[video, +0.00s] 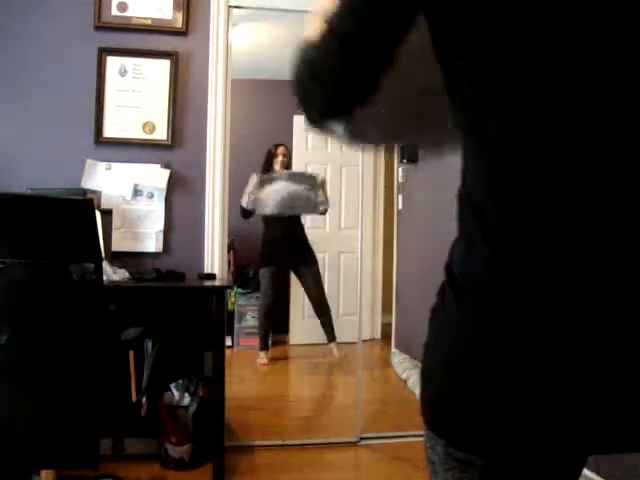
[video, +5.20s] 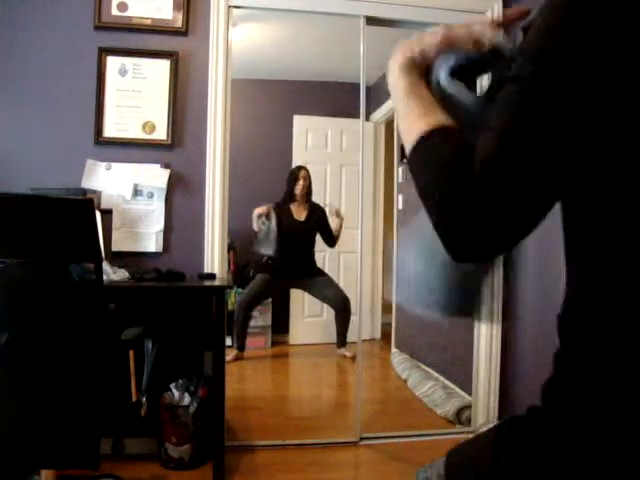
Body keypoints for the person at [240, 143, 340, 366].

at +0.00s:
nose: (282, 159)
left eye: (285, 156)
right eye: (278, 155)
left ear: (290, 159)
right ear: (270, 158)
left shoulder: (297, 182)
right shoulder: (261, 182)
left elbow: (321, 210)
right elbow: (245, 213)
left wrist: (321, 189)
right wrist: (252, 188)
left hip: (297, 243)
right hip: (272, 245)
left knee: (317, 294)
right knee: (267, 299)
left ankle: (332, 342)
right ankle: (264, 350)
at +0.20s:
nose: (288, 160)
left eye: (291, 157)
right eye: (284, 157)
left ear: (295, 161)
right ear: (276, 160)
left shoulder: (303, 187)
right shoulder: (266, 189)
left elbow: (321, 217)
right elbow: (257, 220)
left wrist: (306, 199)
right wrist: (269, 203)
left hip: (303, 247)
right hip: (277, 250)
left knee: (321, 295)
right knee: (270, 300)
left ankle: (335, 343)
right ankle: (264, 349)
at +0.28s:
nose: (298, 162)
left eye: (301, 159)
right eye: (293, 159)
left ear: (305, 163)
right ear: (286, 164)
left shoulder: (314, 190)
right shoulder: (278, 191)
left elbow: (327, 223)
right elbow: (267, 223)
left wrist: (315, 213)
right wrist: (291, 220)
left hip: (313, 252)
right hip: (286, 254)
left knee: (326, 300)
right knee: (276, 302)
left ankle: (334, 346)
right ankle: (265, 349)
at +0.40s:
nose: (309, 163)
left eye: (312, 159)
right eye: (304, 159)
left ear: (317, 163)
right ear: (297, 164)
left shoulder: (327, 191)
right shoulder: (289, 191)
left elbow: (344, 218)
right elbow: (273, 221)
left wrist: (344, 222)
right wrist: (281, 230)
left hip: (321, 252)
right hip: (293, 254)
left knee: (330, 302)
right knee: (281, 300)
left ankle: (334, 347)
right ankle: (265, 347)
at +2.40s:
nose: (309, 171)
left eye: (313, 167)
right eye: (305, 167)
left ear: (318, 169)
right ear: (300, 171)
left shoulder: (328, 197)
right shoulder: (290, 193)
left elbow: (335, 230)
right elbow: (275, 223)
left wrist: (333, 220)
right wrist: (281, 211)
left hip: (318, 257)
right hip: (291, 256)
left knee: (334, 299)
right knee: (270, 298)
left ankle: (337, 347)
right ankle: (248, 347)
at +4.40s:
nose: (292, 172)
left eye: (295, 169)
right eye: (288, 169)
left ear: (300, 174)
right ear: (281, 174)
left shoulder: (309, 201)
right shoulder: (272, 199)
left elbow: (321, 233)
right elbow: (252, 229)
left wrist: (308, 238)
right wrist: (270, 234)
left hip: (297, 261)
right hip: (270, 261)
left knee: (328, 301)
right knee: (249, 301)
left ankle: (336, 348)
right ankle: (240, 349)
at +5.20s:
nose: (302, 183)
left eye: (305, 180)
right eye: (298, 180)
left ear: (310, 184)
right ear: (291, 183)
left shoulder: (316, 211)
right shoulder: (278, 209)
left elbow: (331, 242)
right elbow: (261, 238)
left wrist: (338, 224)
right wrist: (258, 215)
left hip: (307, 272)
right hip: (277, 272)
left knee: (341, 302)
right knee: (244, 302)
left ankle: (341, 347)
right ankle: (239, 350)